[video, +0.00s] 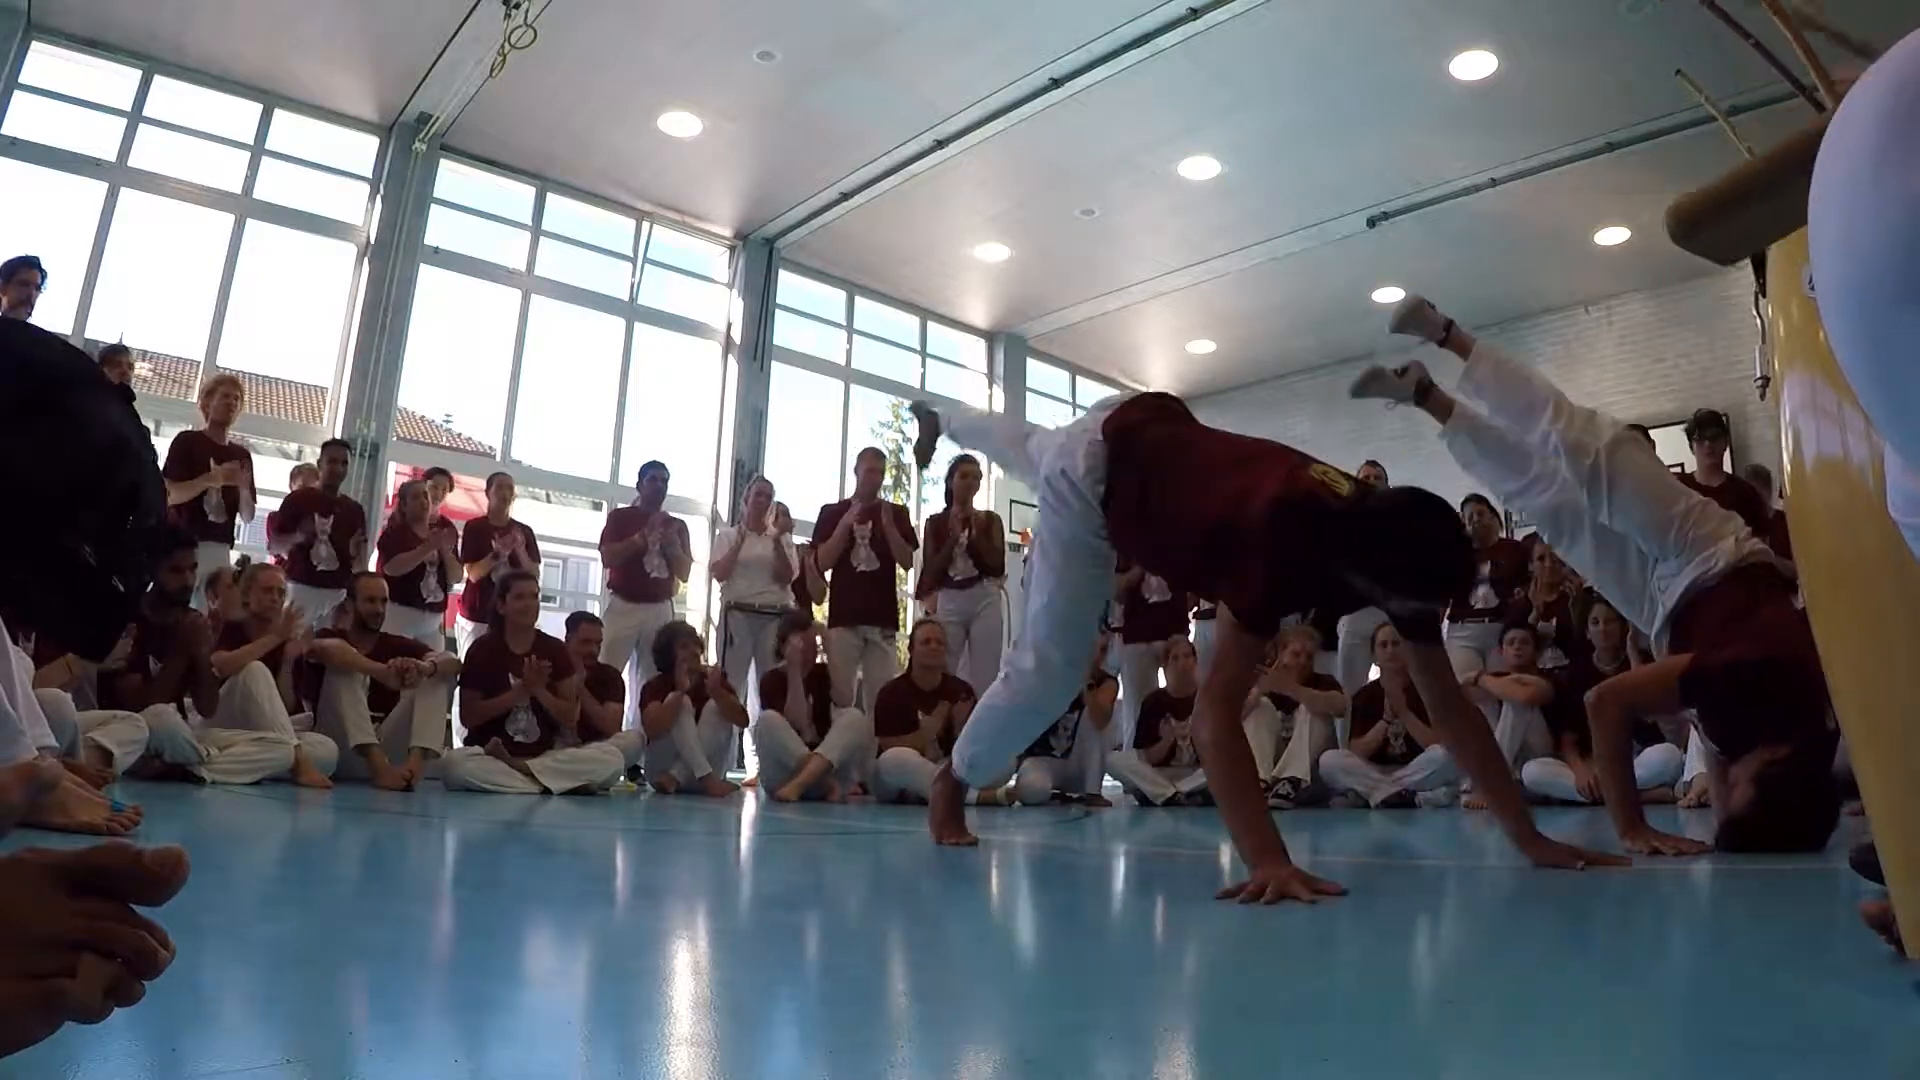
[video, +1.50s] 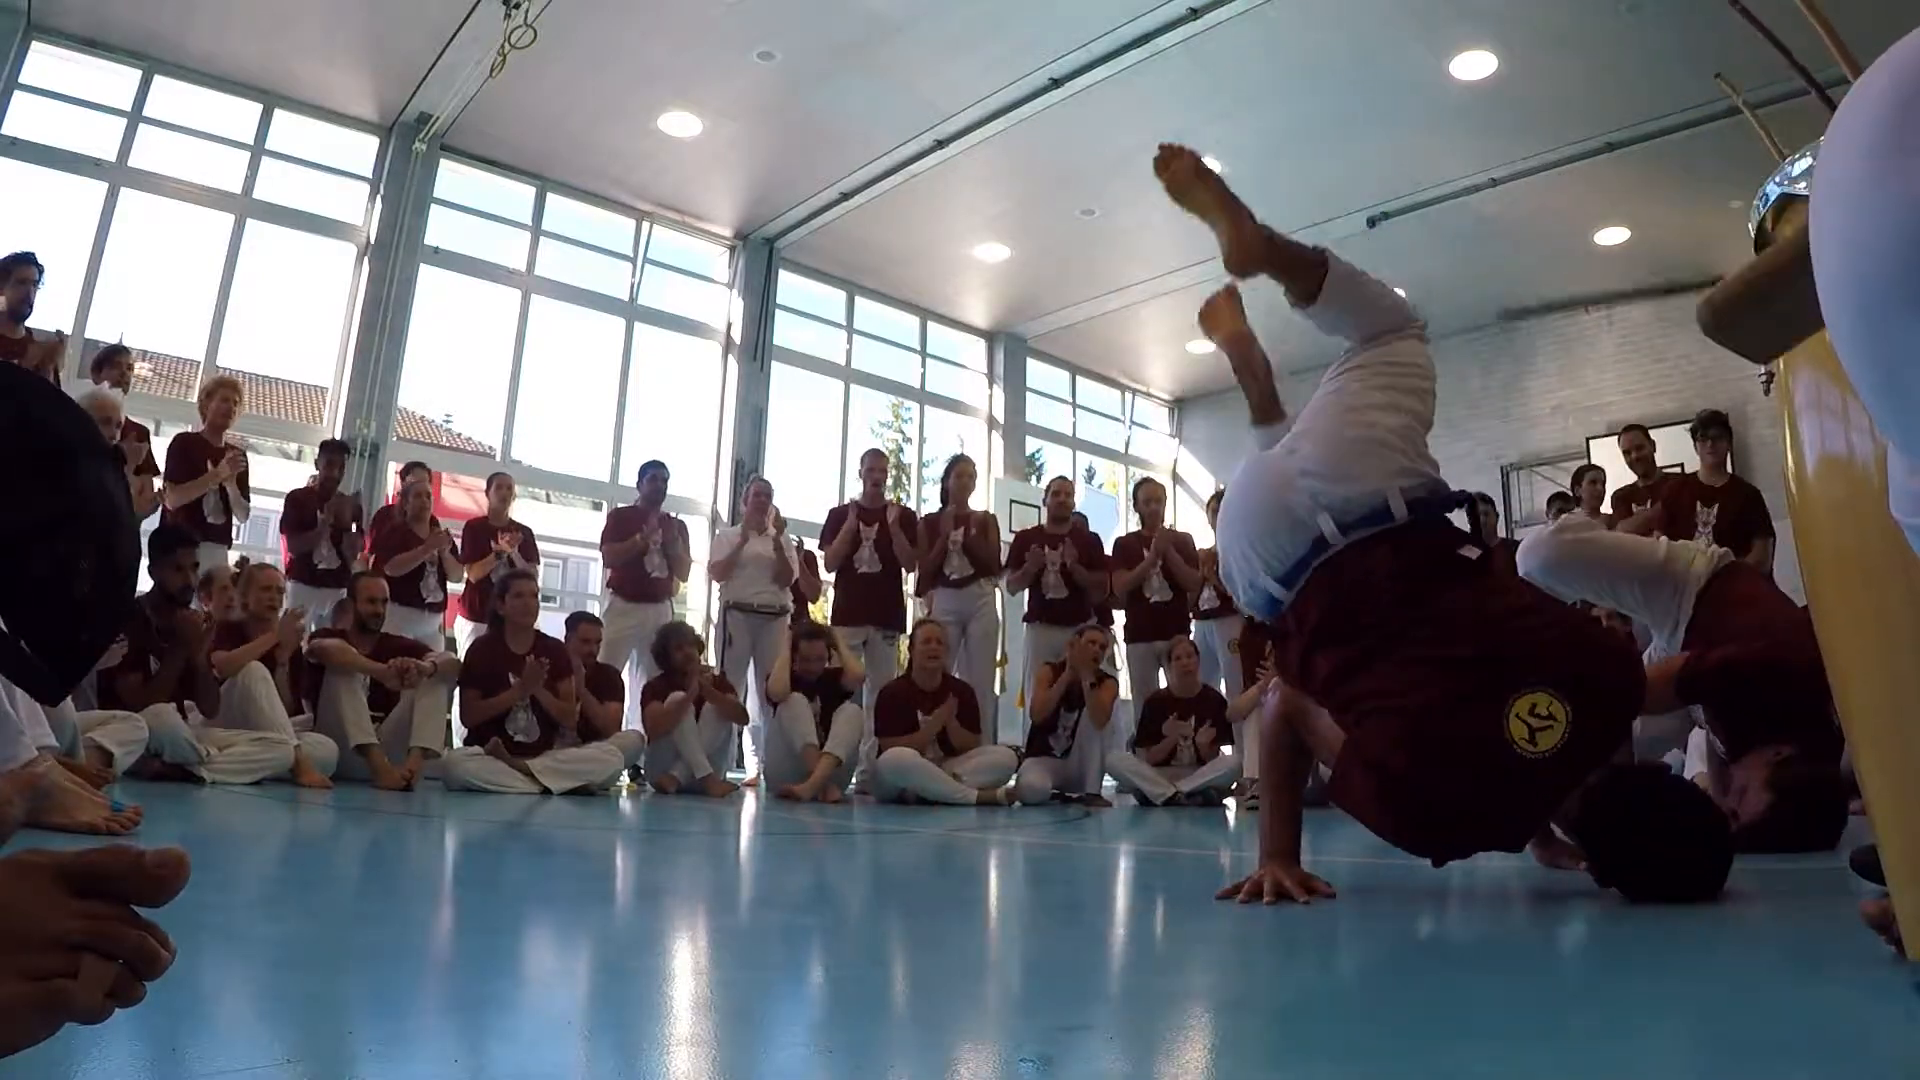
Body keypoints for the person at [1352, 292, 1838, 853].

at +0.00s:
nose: (1717, 799)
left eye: (1723, 811)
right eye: (1730, 798)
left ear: (1777, 766)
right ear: (1761, 767)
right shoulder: (1759, 685)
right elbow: (1606, 701)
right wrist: (1632, 829)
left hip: (1669, 610)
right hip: (1706, 549)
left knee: (1563, 517)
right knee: (1581, 440)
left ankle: (1428, 397)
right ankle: (1451, 334)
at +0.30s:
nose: (1728, 799)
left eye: (1730, 812)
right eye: (1740, 800)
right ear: (1766, 776)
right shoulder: (1774, 697)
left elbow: (1620, 711)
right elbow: (1637, 692)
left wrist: (1633, 825)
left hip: (1673, 605)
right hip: (1718, 557)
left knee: (1579, 483)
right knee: (1599, 421)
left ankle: (1457, 335)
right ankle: (1468, 297)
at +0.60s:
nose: (1734, 803)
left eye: (1738, 821)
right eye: (1746, 800)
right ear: (1766, 776)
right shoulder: (1782, 694)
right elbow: (1621, 697)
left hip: (1674, 609)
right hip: (1722, 557)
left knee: (1582, 471)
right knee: (1606, 416)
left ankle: (1462, 318)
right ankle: (1477, 286)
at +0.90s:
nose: (1726, 801)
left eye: (1731, 817)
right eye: (1740, 800)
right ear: (1771, 775)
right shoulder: (1782, 696)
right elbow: (1630, 692)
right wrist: (1615, 779)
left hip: (1682, 610)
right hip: (1733, 561)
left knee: (1559, 509)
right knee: (1596, 455)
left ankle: (1492, 354)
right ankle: (1501, 320)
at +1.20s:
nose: (1718, 796)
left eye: (1728, 810)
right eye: (1737, 791)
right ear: (1766, 766)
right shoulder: (1788, 697)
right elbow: (1651, 690)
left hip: (1685, 628)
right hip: (1734, 573)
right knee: (1585, 517)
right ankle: (1562, 467)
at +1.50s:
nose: (1725, 807)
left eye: (1733, 816)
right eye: (1738, 801)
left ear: (1779, 761)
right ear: (1775, 762)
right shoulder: (1773, 680)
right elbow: (1619, 696)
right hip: (1699, 587)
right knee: (1537, 555)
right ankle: (1615, 531)